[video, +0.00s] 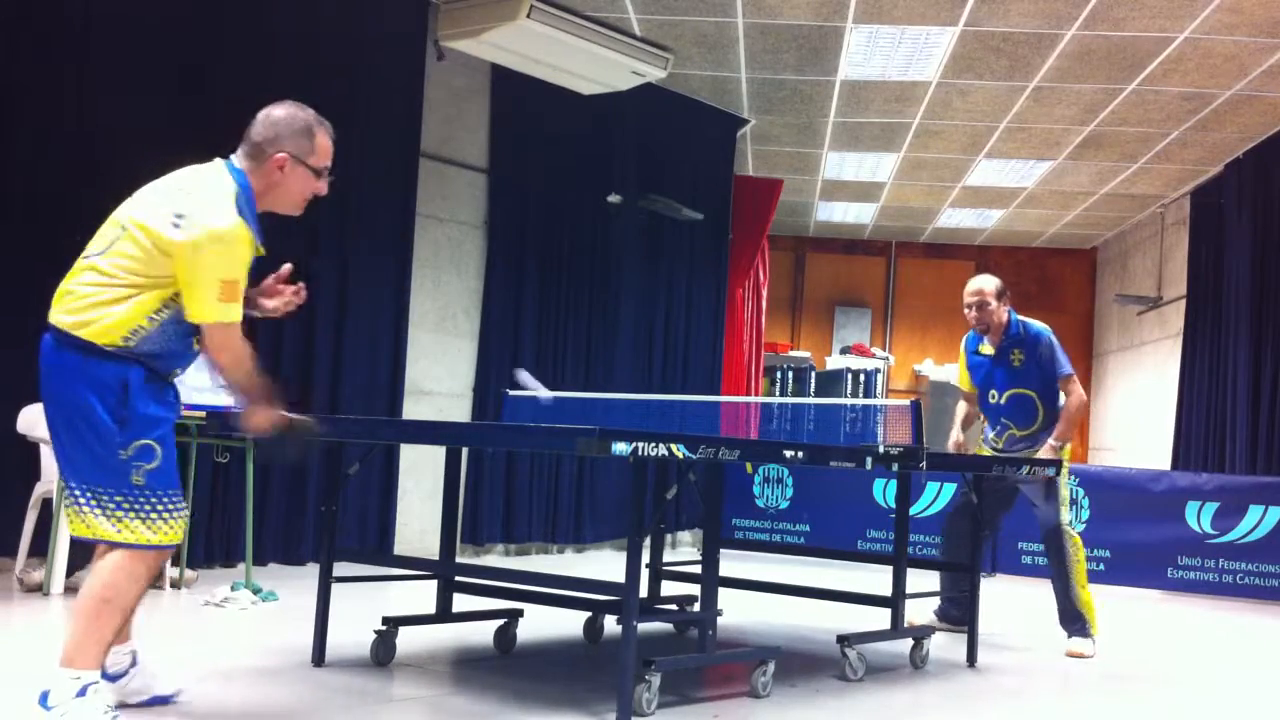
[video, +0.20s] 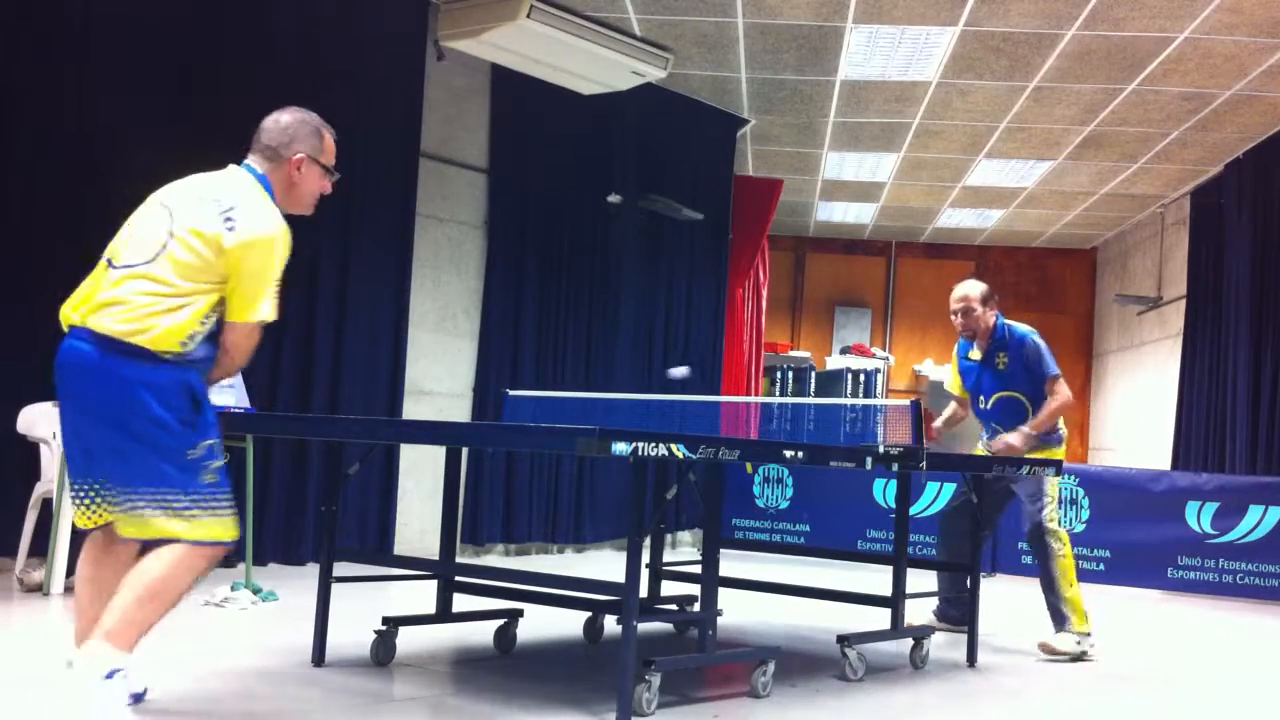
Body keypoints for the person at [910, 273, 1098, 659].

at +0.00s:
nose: (973, 313)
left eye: (980, 305)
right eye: (967, 307)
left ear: (1003, 304)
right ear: (964, 310)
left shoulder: (1037, 336)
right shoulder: (970, 345)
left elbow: (1077, 397)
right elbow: (970, 400)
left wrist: (1054, 445)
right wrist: (957, 430)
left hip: (1040, 453)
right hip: (993, 453)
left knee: (1057, 533)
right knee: (958, 522)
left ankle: (1080, 632)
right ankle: (955, 614)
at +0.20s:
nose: (958, 321)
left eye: (966, 312)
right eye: (954, 315)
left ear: (990, 310)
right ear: (953, 316)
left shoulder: (1023, 339)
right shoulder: (962, 349)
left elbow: (1062, 396)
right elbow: (962, 404)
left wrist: (1025, 434)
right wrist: (940, 425)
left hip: (1038, 453)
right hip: (994, 452)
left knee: (1043, 529)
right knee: (955, 523)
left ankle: (1075, 631)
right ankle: (954, 613)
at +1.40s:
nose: (1006, 301)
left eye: (1014, 293)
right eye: (1002, 295)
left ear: (1037, 292)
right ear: (1000, 299)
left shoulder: (1064, 325)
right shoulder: (1009, 334)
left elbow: (1109, 368)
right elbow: (1004, 377)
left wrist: (1129, 424)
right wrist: (974, 385)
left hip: (1068, 445)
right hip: (1027, 446)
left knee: (1071, 527)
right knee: (992, 516)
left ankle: (1102, 624)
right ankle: (1000, 607)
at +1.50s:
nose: (999, 316)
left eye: (1006, 308)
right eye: (994, 310)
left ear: (1030, 305)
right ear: (992, 312)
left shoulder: (1053, 337)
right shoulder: (1014, 344)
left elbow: (1090, 387)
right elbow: (1022, 393)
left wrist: (1100, 446)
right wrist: (983, 414)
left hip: (1063, 456)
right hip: (1030, 456)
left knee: (1069, 535)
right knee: (993, 512)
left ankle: (1125, 618)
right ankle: (1004, 603)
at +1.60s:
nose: (991, 337)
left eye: (997, 329)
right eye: (989, 330)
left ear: (1022, 327)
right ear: (1003, 331)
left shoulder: (1040, 361)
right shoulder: (1014, 363)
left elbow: (1031, 428)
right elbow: (1014, 425)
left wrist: (992, 464)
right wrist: (983, 460)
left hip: (1064, 464)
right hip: (1032, 464)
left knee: (1072, 541)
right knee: (991, 516)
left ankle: (1128, 624)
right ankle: (1009, 601)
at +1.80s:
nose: (932, 351)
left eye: (936, 344)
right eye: (931, 344)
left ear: (952, 343)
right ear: (961, 341)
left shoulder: (979, 358)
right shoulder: (966, 377)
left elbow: (946, 352)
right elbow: (975, 436)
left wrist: (909, 334)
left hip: (1016, 452)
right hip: (999, 458)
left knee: (1023, 528)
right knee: (1007, 536)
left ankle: (1089, 586)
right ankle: (1046, 603)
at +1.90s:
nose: (893, 359)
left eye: (896, 352)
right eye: (892, 352)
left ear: (910, 350)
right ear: (911, 351)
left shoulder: (928, 364)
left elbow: (944, 352)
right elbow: (927, 424)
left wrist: (946, 336)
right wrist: (902, 445)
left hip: (981, 445)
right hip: (1006, 444)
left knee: (949, 517)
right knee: (998, 525)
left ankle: (1017, 575)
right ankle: (1042, 593)